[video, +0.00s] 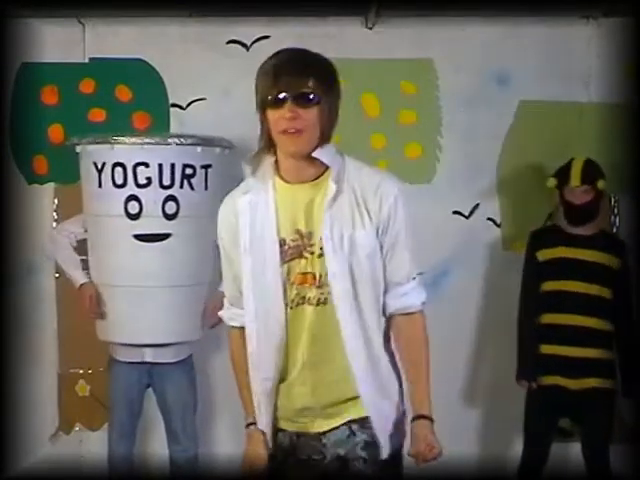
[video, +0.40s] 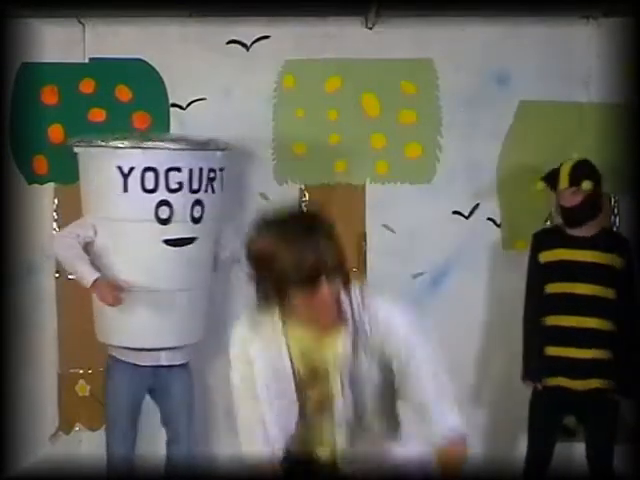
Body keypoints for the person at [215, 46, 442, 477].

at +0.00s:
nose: (290, 112)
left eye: (305, 99)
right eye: (277, 101)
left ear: (330, 110)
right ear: (263, 114)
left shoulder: (377, 193)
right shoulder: (238, 210)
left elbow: (405, 309)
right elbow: (238, 323)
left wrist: (421, 415)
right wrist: (254, 425)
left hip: (364, 420)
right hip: (283, 425)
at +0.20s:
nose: (302, 156)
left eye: (312, 141)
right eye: (286, 144)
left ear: (328, 138)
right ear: (261, 145)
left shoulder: (373, 209)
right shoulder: (234, 231)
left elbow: (412, 319)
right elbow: (232, 342)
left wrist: (413, 430)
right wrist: (254, 439)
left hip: (367, 441)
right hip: (284, 444)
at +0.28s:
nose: (313, 195)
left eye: (322, 179)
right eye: (297, 183)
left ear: (333, 175)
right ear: (265, 184)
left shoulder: (376, 238)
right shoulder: (239, 258)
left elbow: (417, 349)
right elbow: (240, 376)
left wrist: (418, 456)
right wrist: (264, 461)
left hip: (367, 450)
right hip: (287, 450)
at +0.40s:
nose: (328, 296)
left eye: (333, 278)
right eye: (309, 287)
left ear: (342, 272)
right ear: (278, 294)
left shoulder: (388, 323)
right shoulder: (251, 338)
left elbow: (448, 438)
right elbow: (259, 450)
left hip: (376, 466)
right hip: (299, 465)